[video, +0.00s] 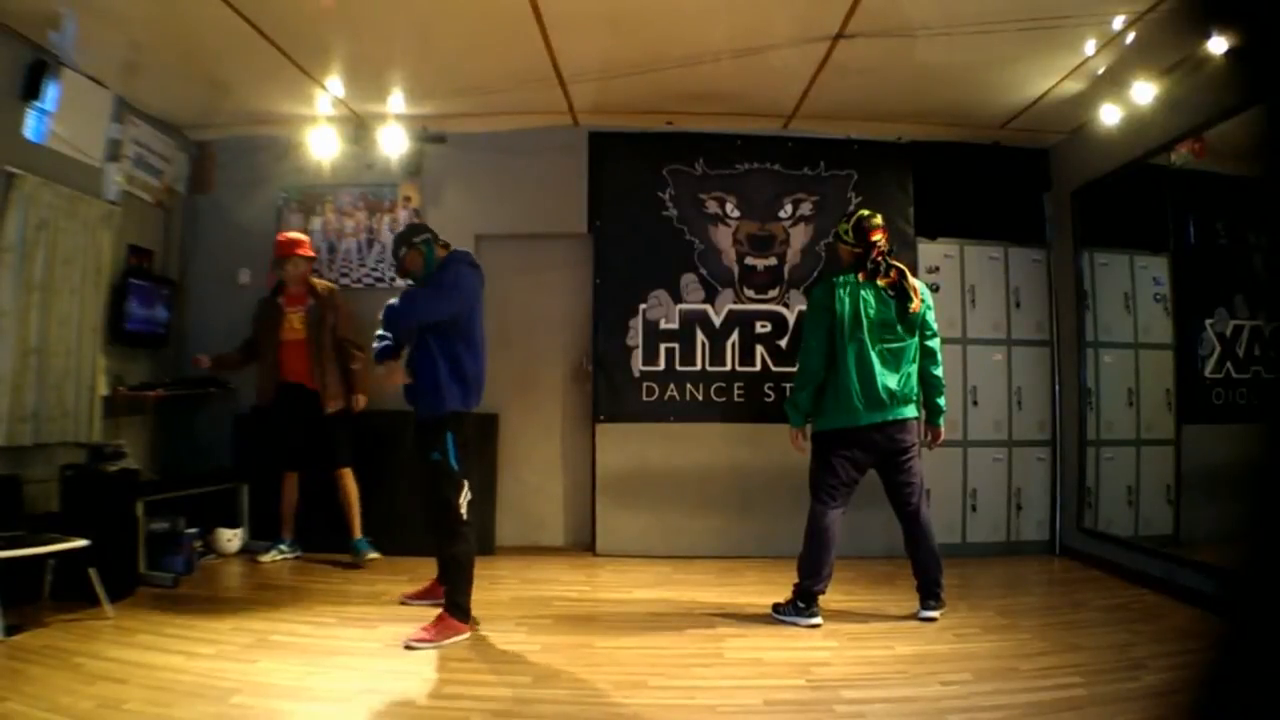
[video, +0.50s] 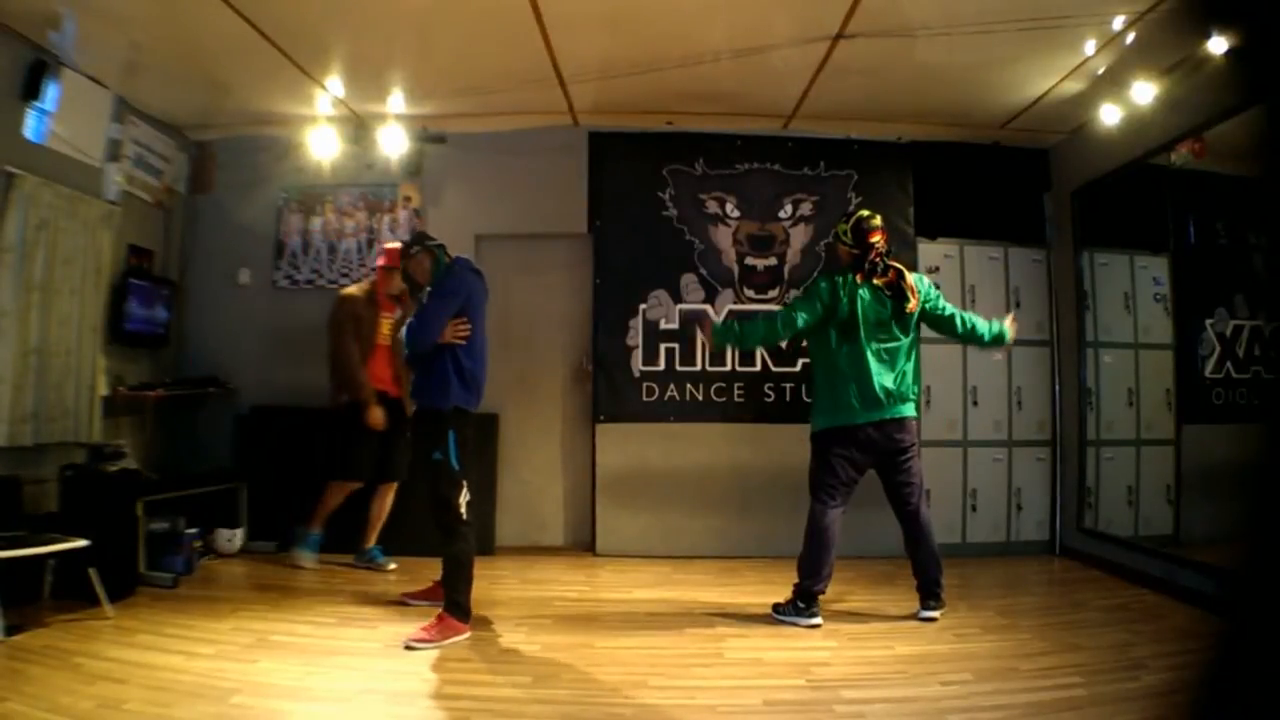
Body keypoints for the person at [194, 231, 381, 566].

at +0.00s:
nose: (301, 267)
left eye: (305, 261)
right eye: (294, 261)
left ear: (312, 263)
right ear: (280, 266)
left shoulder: (329, 297)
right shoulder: (269, 305)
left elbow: (349, 345)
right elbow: (254, 349)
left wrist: (357, 387)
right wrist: (216, 363)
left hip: (326, 395)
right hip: (285, 394)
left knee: (341, 466)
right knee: (288, 469)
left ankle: (358, 539)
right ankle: (286, 540)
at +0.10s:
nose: (312, 268)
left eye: (317, 262)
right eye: (307, 262)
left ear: (327, 265)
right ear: (295, 265)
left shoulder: (341, 301)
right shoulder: (279, 304)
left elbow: (356, 349)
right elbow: (263, 351)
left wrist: (364, 394)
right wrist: (231, 364)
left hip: (334, 395)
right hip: (292, 394)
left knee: (349, 469)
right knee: (292, 469)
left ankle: (362, 542)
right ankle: (287, 541)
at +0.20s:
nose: (335, 272)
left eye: (339, 266)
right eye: (329, 265)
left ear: (347, 269)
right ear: (315, 266)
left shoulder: (357, 305)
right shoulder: (290, 303)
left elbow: (367, 353)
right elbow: (273, 346)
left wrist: (371, 399)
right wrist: (267, 376)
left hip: (344, 399)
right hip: (301, 395)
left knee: (357, 471)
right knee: (295, 470)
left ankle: (365, 545)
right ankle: (288, 541)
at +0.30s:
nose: (363, 276)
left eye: (366, 271)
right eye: (358, 270)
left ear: (368, 275)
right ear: (339, 269)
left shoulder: (374, 310)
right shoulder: (308, 304)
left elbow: (381, 358)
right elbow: (294, 352)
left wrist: (382, 405)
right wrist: (303, 394)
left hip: (359, 402)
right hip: (317, 399)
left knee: (371, 474)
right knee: (301, 471)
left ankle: (366, 545)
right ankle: (288, 539)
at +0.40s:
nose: (384, 281)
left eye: (387, 274)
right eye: (380, 273)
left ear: (388, 279)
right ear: (363, 272)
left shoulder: (389, 313)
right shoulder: (331, 305)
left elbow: (392, 363)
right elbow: (324, 359)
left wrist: (397, 409)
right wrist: (340, 405)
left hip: (377, 403)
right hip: (339, 400)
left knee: (384, 475)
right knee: (318, 470)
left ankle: (367, 545)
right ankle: (290, 534)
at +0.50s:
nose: (397, 279)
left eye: (401, 273)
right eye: (393, 272)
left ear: (406, 276)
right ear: (380, 271)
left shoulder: (406, 306)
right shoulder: (353, 300)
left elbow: (408, 354)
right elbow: (348, 357)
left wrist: (409, 396)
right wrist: (368, 401)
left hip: (395, 398)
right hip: (360, 396)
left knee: (391, 475)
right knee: (353, 473)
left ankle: (369, 546)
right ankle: (312, 532)